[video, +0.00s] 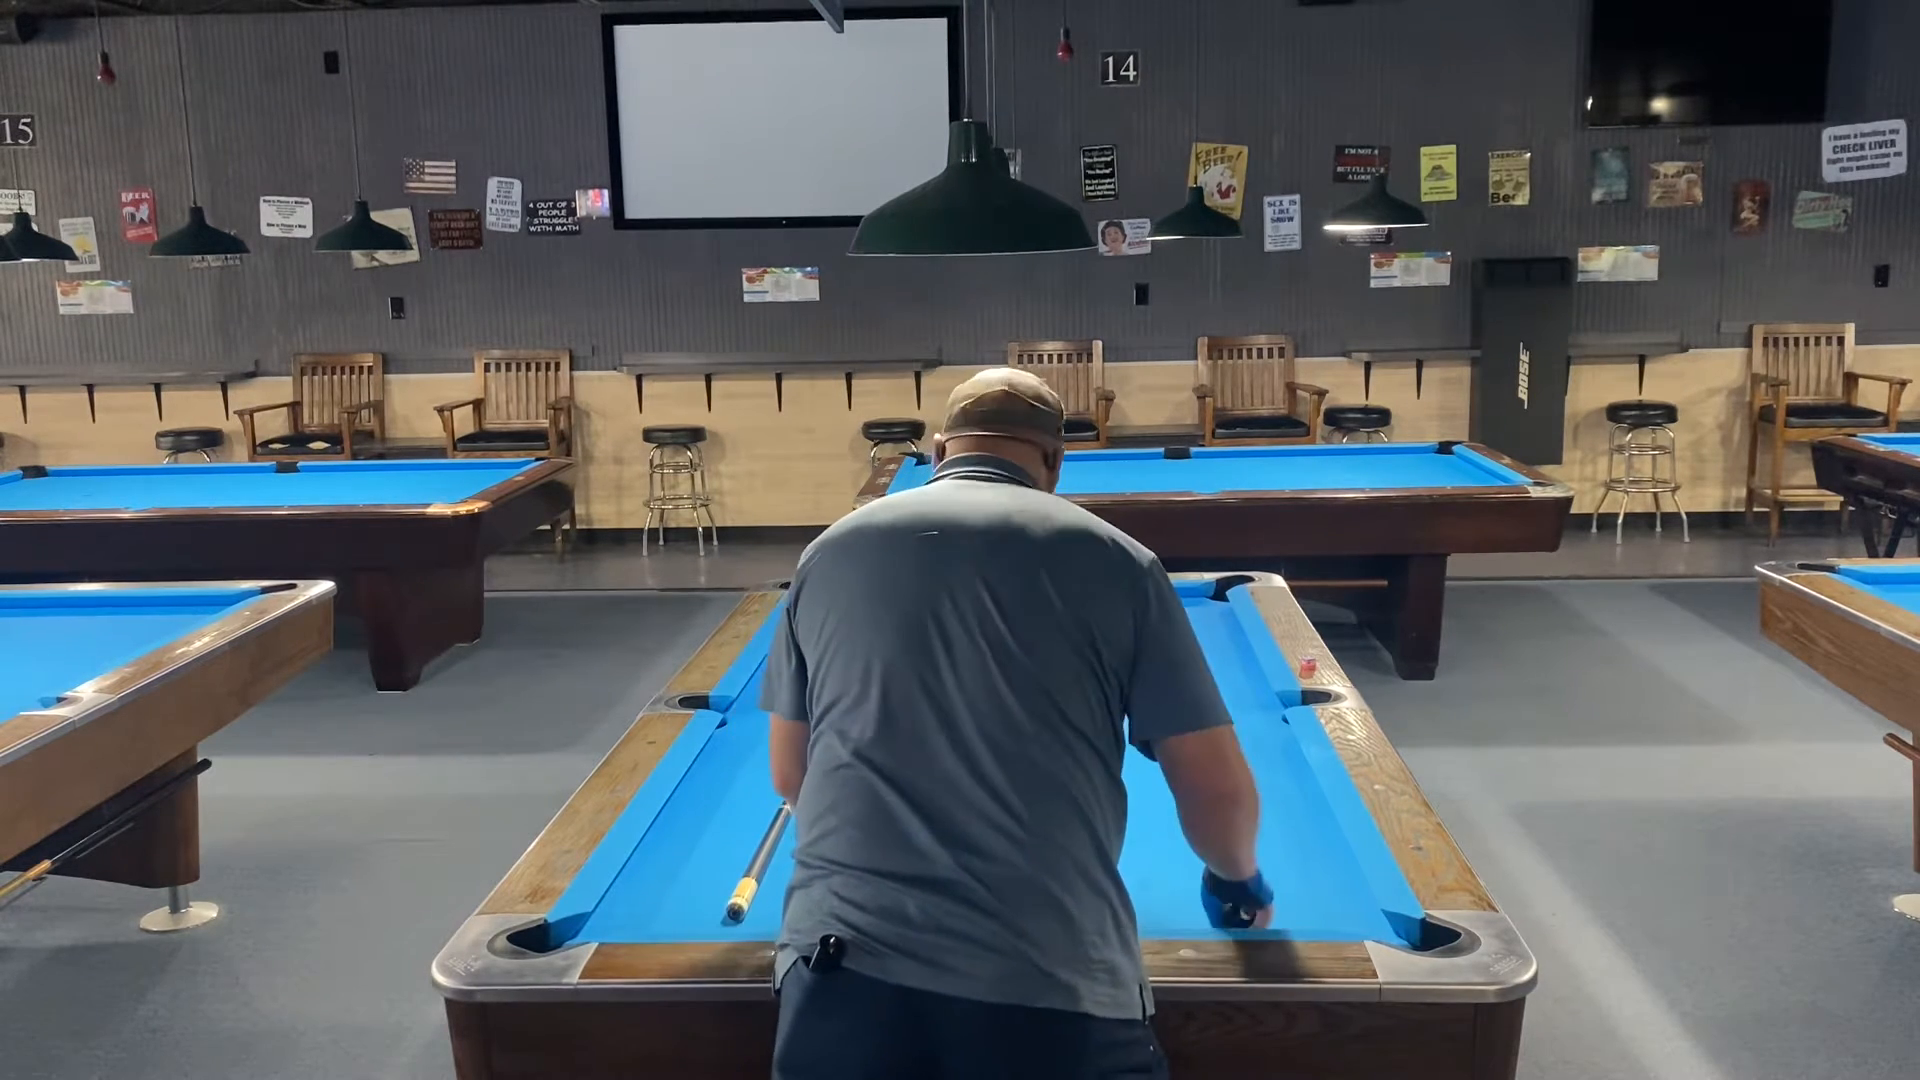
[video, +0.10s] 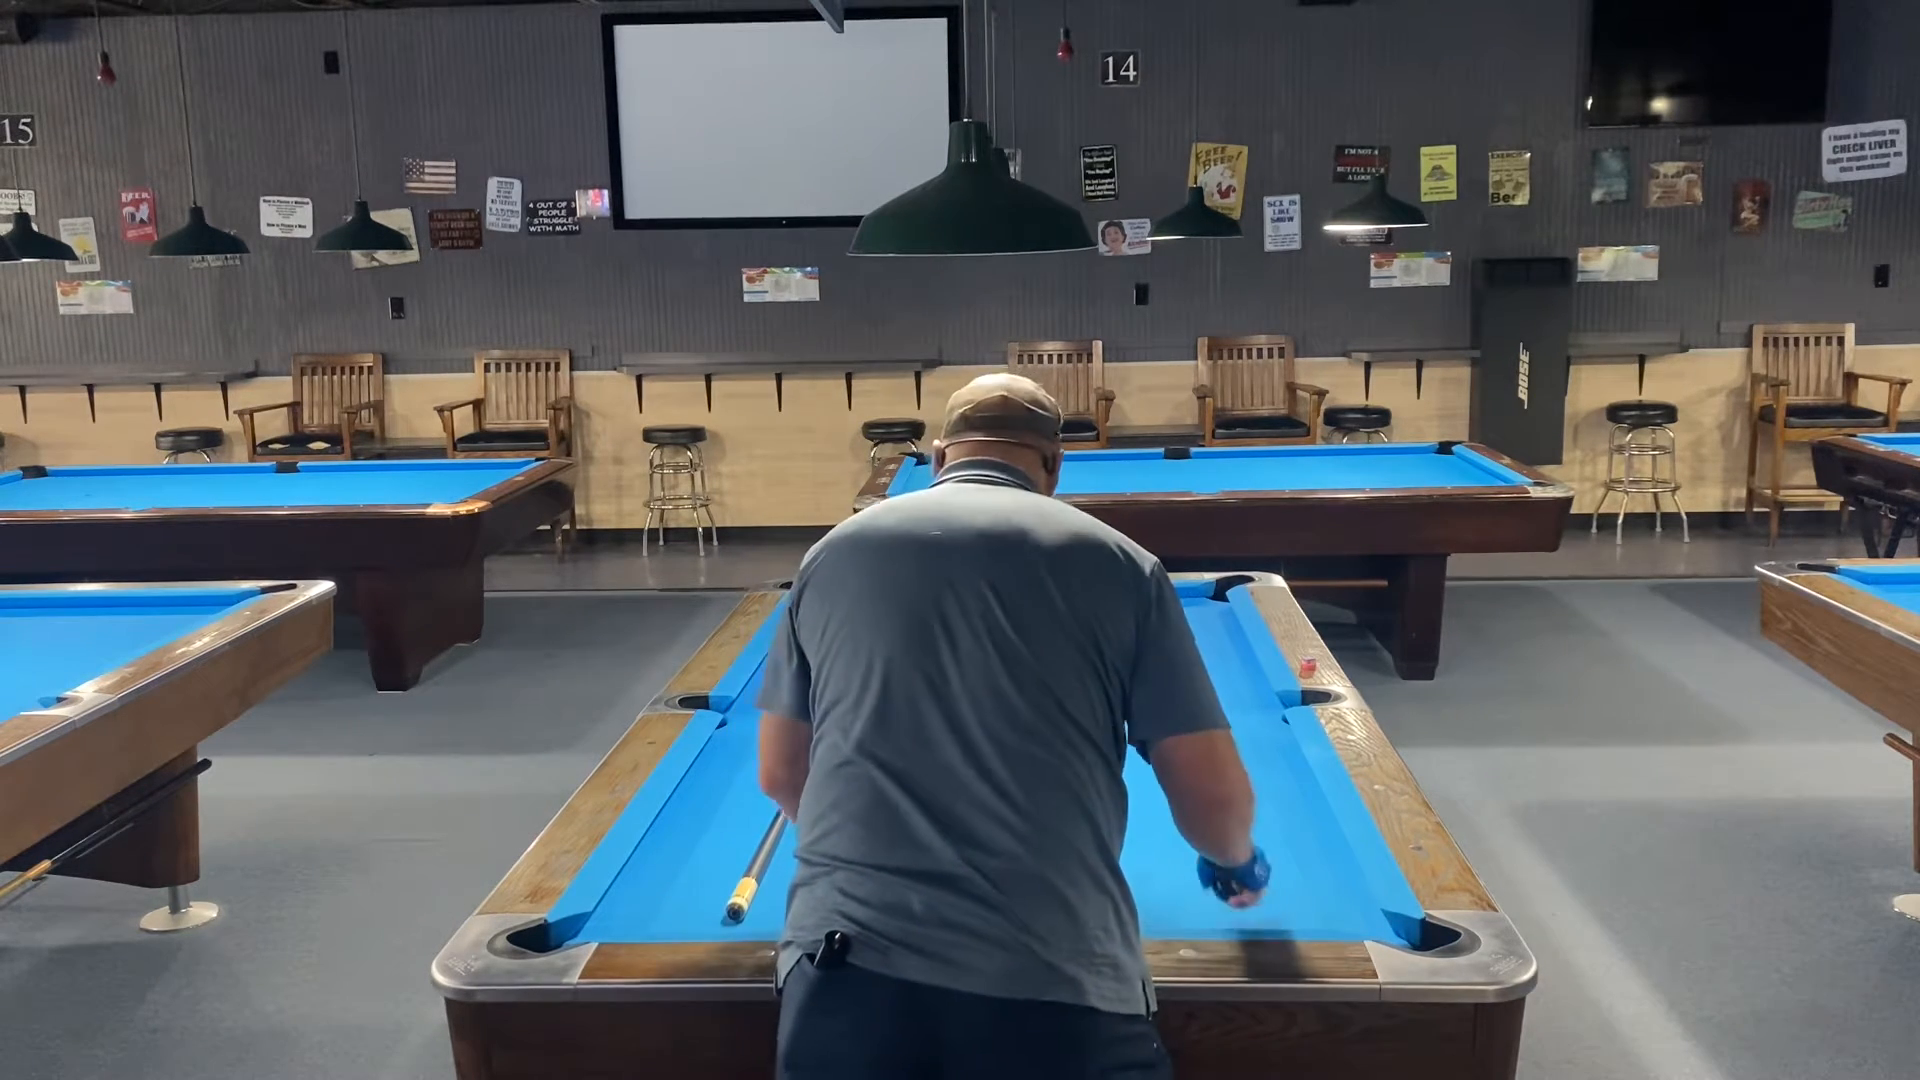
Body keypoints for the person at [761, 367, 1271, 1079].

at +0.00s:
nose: (1052, 477)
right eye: (1054, 464)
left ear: (938, 453)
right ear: (1052, 458)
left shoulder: (833, 549)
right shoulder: (1117, 562)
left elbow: (792, 772)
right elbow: (1214, 782)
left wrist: (880, 831)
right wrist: (1235, 881)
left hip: (848, 986)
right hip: (1056, 1005)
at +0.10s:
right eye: (1052, 468)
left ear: (939, 458)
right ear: (1051, 463)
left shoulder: (837, 550)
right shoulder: (1120, 566)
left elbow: (783, 772)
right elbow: (1211, 789)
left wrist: (870, 835)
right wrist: (1234, 863)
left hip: (851, 982)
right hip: (1060, 1000)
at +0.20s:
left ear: (940, 466)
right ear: (1049, 473)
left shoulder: (837, 554)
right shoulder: (1118, 568)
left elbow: (769, 768)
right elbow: (1204, 795)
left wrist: (855, 829)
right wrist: (1214, 845)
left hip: (851, 978)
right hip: (1062, 996)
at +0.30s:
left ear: (935, 469)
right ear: (1045, 478)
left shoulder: (836, 557)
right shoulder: (1117, 573)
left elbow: (777, 772)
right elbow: (1192, 798)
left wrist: (861, 819)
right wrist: (1163, 822)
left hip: (854, 979)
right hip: (1066, 994)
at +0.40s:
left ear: (931, 477)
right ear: (1042, 487)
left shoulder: (835, 563)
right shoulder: (1108, 574)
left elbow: (793, 780)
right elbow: (1172, 795)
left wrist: (892, 786)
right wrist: (1109, 805)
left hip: (854, 979)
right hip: (1061, 988)